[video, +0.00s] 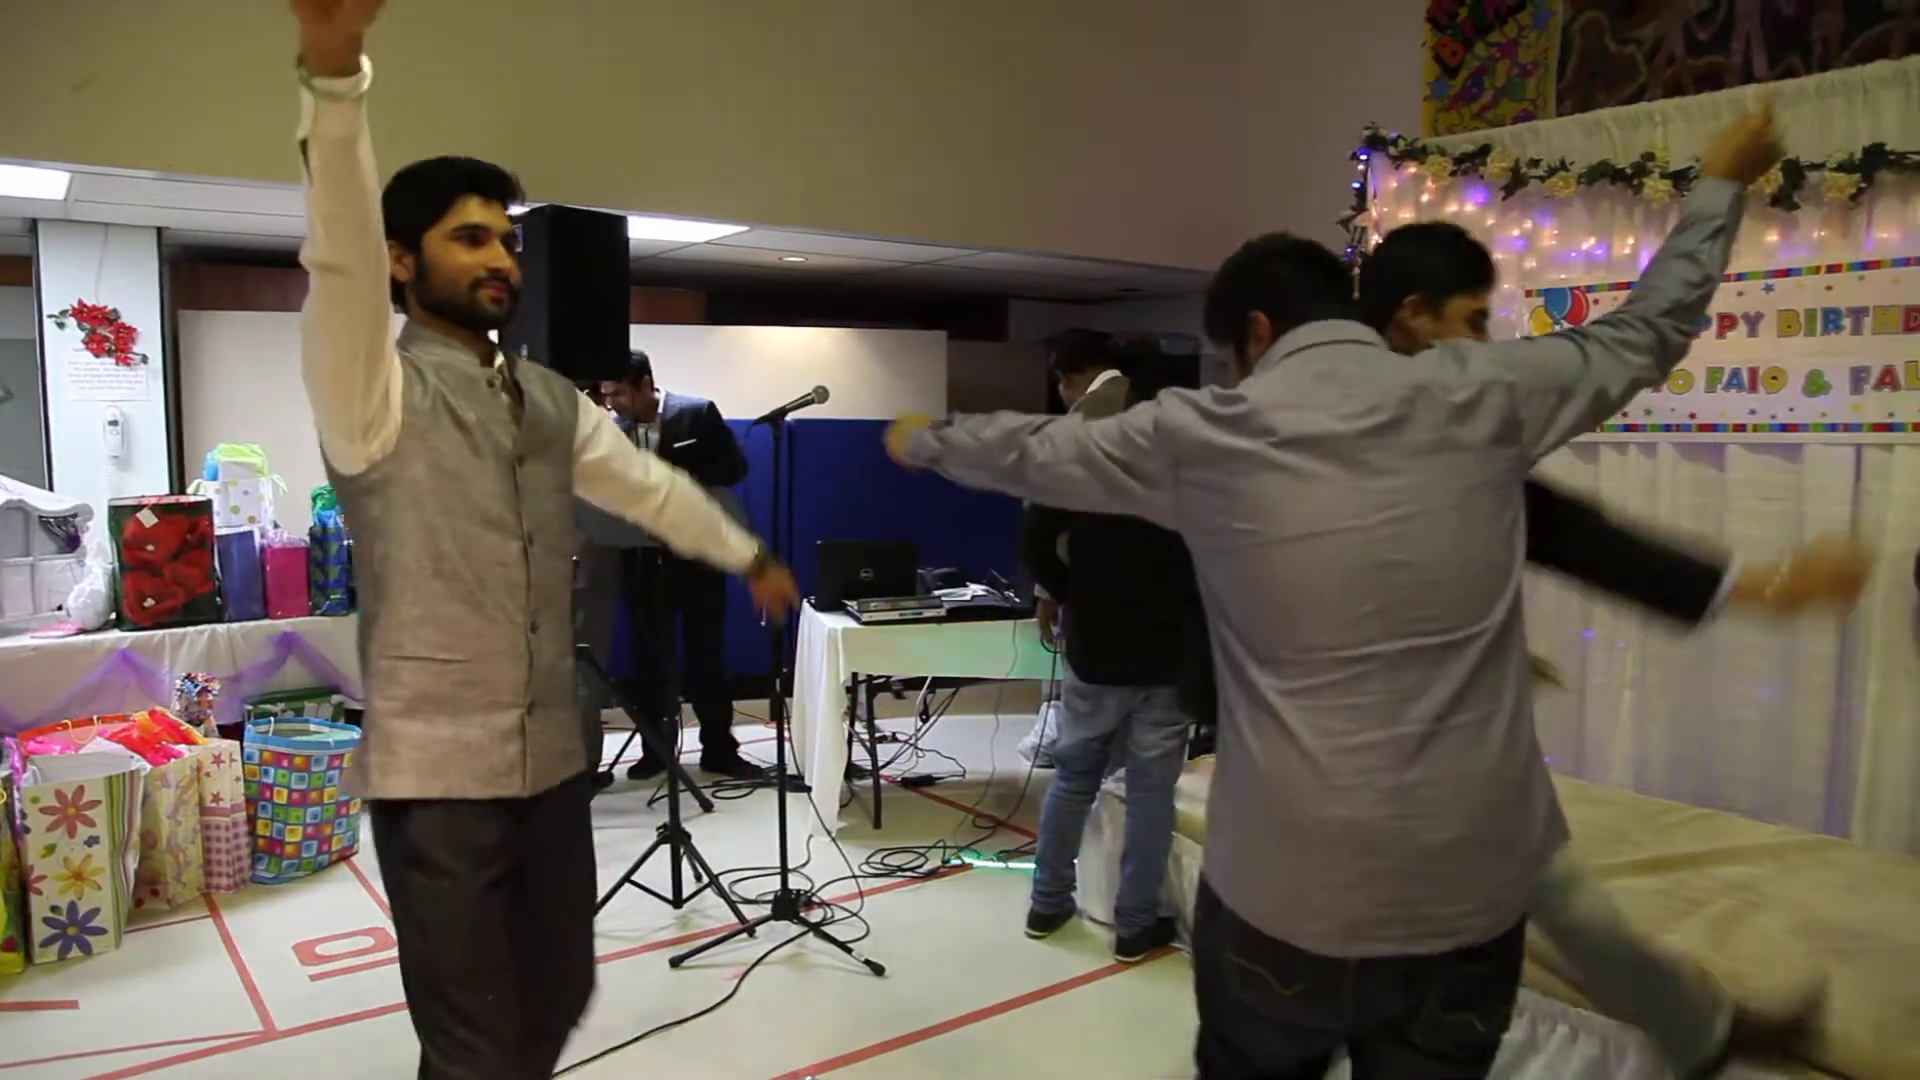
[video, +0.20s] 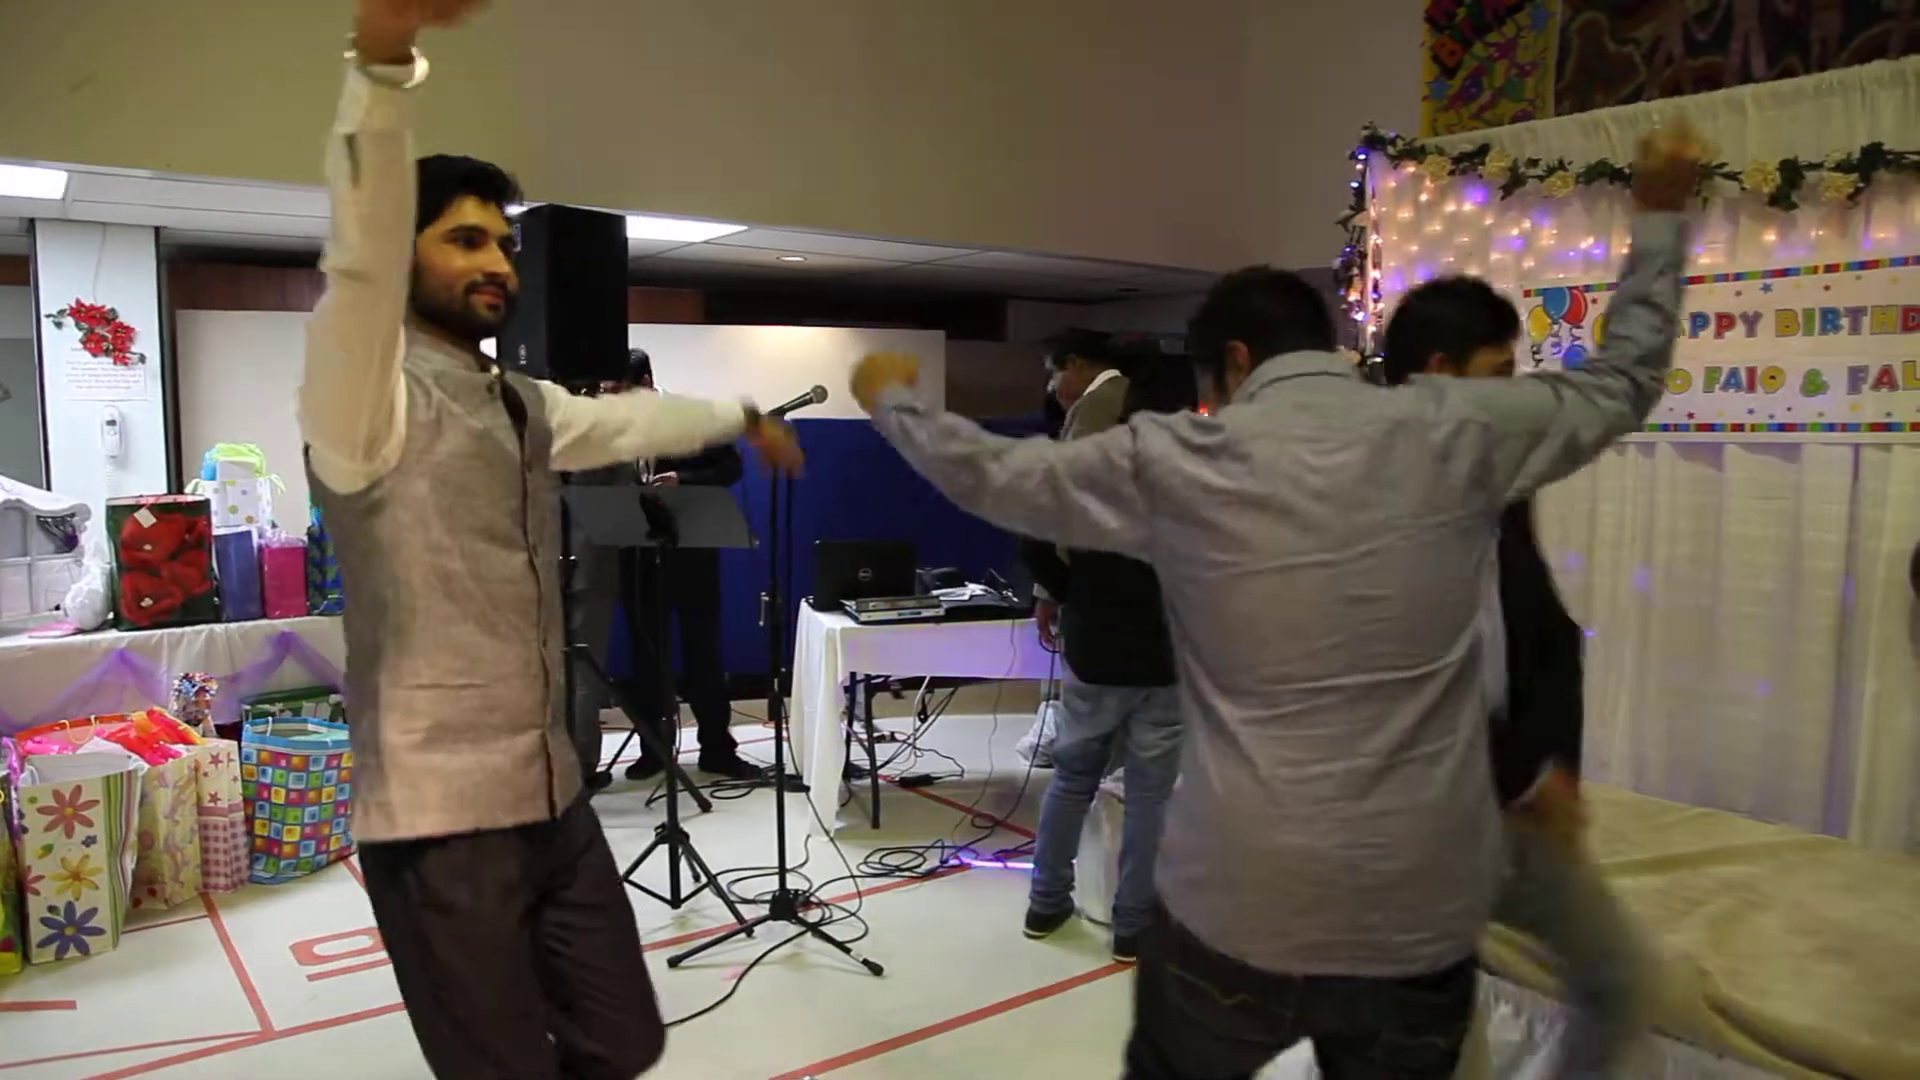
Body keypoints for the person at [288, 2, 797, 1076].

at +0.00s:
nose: (501, 256)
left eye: (507, 240)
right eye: (471, 238)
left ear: (515, 261)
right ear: (405, 260)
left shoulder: (546, 395)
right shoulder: (373, 387)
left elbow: (646, 483)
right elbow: (346, 259)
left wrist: (750, 558)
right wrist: (332, 79)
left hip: (554, 759)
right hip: (438, 768)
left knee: (556, 1003)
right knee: (480, 1043)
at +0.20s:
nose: (496, 261)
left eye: (504, 244)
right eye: (465, 239)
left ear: (511, 265)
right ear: (400, 256)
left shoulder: (525, 404)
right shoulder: (367, 406)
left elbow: (627, 420)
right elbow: (363, 256)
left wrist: (742, 416)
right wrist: (381, 64)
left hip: (553, 799)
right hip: (437, 821)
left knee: (618, 1043)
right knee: (506, 1069)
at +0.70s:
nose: (516, 259)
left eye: (511, 235)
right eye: (489, 235)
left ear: (409, 246)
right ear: (399, 243)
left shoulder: (492, 381)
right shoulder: (373, 413)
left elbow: (577, 327)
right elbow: (433, 242)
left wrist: (664, 240)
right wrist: (495, 24)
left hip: (553, 817)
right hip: (461, 844)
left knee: (628, 1058)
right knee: (488, 1074)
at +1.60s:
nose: (616, 262)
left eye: (608, 238)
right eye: (589, 239)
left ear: (582, 252)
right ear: (513, 256)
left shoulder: (587, 384)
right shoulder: (461, 418)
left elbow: (692, 322)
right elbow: (500, 249)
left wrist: (790, 207)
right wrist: (563, 29)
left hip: (635, 820)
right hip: (563, 849)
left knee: (686, 1063)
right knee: (661, 1070)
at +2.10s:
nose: (731, 218)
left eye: (723, 196)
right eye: (698, 201)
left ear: (688, 221)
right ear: (621, 217)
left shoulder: (717, 361)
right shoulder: (581, 396)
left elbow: (837, 297)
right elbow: (664, 197)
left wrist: (954, 187)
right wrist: (737, 1)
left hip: (739, 827)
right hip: (668, 850)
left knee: (709, 1065)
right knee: (757, 1069)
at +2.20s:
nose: (756, 222)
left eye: (747, 196)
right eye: (725, 200)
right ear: (645, 213)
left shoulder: (735, 365)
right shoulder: (602, 394)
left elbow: (868, 343)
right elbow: (704, 204)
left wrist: (1012, 241)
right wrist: (778, 7)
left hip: (760, 833)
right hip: (689, 858)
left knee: (773, 1055)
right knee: (752, 1066)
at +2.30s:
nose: (765, 210)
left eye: (764, 186)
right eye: (736, 189)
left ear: (696, 210)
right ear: (676, 213)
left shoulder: (759, 379)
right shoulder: (621, 398)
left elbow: (888, 414)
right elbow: (751, 209)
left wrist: (1059, 384)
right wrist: (839, 3)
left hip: (783, 840)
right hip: (705, 865)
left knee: (820, 1057)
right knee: (792, 1066)